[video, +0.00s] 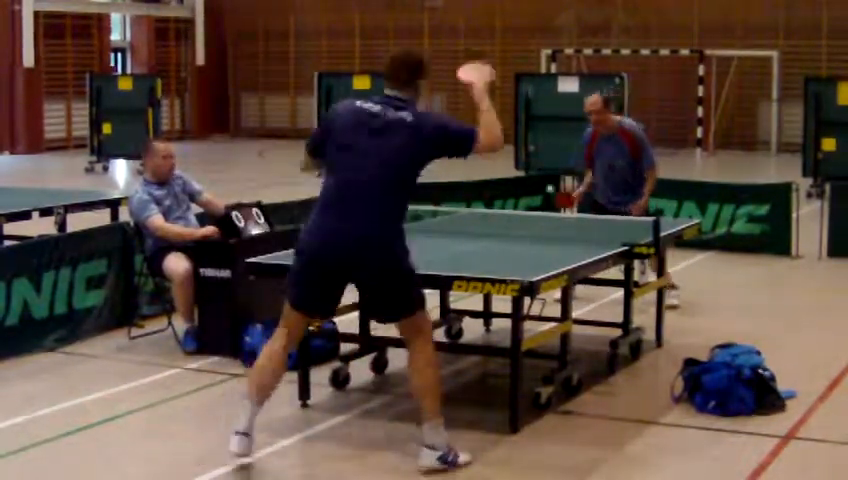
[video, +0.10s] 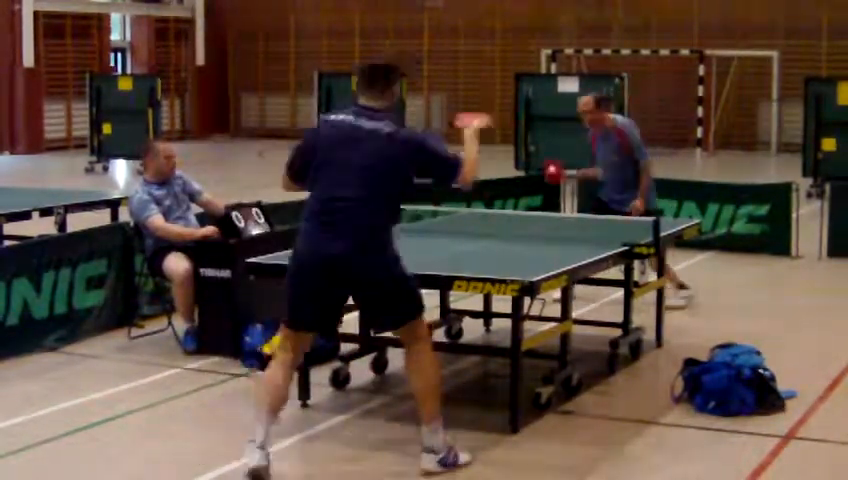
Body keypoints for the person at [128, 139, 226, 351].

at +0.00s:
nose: (172, 163)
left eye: (173, 158)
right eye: (166, 158)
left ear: (174, 159)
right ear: (148, 162)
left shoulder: (178, 181)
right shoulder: (141, 196)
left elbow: (207, 202)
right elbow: (160, 228)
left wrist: (232, 213)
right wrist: (198, 233)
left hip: (194, 237)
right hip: (164, 246)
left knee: (229, 253)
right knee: (183, 270)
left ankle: (230, 318)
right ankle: (190, 326)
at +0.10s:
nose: (174, 163)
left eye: (174, 158)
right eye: (167, 159)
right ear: (150, 161)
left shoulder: (178, 180)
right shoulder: (141, 196)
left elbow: (206, 202)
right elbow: (160, 228)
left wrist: (231, 213)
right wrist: (198, 233)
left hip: (193, 236)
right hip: (163, 245)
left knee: (227, 253)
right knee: (183, 270)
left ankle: (227, 317)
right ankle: (190, 326)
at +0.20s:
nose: (173, 163)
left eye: (174, 158)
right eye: (167, 159)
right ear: (150, 161)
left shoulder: (178, 180)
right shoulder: (141, 196)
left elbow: (206, 202)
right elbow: (160, 228)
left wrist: (231, 213)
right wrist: (198, 233)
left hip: (193, 237)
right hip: (164, 245)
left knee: (227, 253)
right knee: (183, 270)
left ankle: (227, 317)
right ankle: (190, 326)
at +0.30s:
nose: (174, 162)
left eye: (174, 157)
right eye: (168, 158)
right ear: (151, 162)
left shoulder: (178, 180)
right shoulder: (140, 195)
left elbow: (207, 201)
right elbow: (160, 228)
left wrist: (236, 212)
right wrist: (199, 233)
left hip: (195, 237)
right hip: (165, 245)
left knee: (229, 254)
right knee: (182, 269)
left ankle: (232, 319)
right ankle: (189, 326)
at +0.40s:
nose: (174, 162)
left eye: (174, 157)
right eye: (168, 158)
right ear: (152, 162)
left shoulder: (178, 180)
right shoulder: (140, 195)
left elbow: (207, 201)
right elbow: (160, 228)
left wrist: (235, 211)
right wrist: (198, 233)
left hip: (195, 237)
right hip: (164, 244)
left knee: (231, 253)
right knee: (182, 269)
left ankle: (232, 317)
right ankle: (189, 326)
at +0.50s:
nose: (174, 162)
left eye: (174, 158)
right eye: (168, 158)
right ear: (151, 161)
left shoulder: (177, 180)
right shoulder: (140, 194)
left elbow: (207, 202)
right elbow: (160, 228)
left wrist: (235, 213)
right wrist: (199, 232)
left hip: (194, 236)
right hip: (164, 245)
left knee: (229, 252)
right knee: (182, 269)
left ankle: (226, 317)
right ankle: (188, 326)